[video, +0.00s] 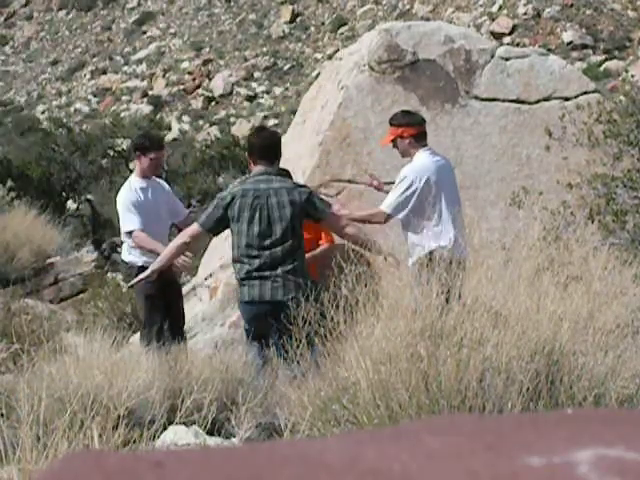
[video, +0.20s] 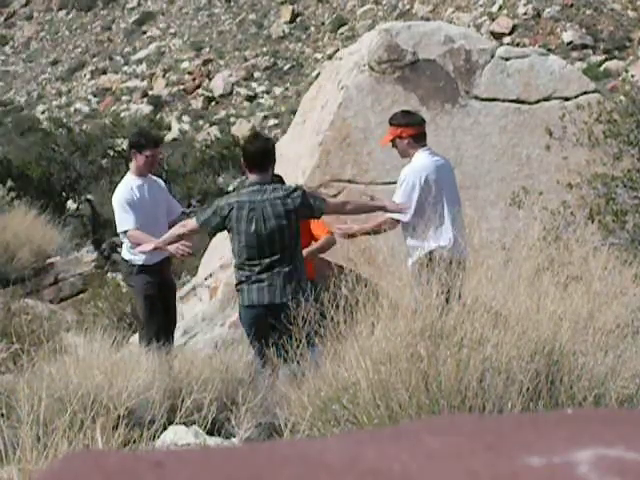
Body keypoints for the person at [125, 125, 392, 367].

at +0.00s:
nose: (253, 163)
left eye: (250, 158)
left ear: (249, 159)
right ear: (280, 156)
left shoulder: (234, 194)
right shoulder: (298, 192)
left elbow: (189, 236)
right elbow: (342, 228)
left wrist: (154, 269)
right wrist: (376, 248)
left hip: (252, 296)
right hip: (292, 292)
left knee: (260, 362)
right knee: (304, 361)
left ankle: (263, 418)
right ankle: (314, 417)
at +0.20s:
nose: (252, 168)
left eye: (246, 164)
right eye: (265, 162)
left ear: (244, 166)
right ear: (274, 162)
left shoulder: (230, 203)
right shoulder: (293, 196)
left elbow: (189, 228)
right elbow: (340, 207)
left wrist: (156, 244)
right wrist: (382, 206)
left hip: (252, 299)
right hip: (292, 294)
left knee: (265, 366)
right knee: (308, 360)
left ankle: (272, 420)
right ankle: (317, 416)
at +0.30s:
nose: (266, 156)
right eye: (268, 150)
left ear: (243, 157)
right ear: (272, 152)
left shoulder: (229, 192)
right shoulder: (289, 185)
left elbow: (195, 202)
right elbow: (337, 185)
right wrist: (375, 172)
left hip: (254, 287)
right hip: (292, 281)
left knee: (261, 357)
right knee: (308, 348)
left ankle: (268, 416)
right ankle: (317, 409)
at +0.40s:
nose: (268, 135)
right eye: (270, 129)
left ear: (244, 135)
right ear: (274, 132)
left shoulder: (230, 169)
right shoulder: (290, 162)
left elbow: (194, 171)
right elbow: (338, 154)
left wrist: (175, 155)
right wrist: (376, 133)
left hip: (253, 261)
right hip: (290, 254)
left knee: (263, 324)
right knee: (304, 317)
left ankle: (271, 387)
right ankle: (316, 375)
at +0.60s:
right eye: (278, 125)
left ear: (254, 130)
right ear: (282, 128)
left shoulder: (240, 164)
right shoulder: (296, 159)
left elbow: (197, 177)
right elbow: (343, 158)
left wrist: (179, 146)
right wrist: (356, 118)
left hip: (261, 258)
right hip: (297, 252)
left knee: (273, 326)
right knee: (306, 318)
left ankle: (288, 386)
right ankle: (319, 377)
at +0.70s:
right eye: (288, 153)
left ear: (260, 157)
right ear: (288, 155)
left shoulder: (244, 191)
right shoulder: (302, 184)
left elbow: (206, 216)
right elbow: (345, 201)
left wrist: (197, 184)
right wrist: (338, 165)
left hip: (269, 279)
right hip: (304, 273)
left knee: (279, 344)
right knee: (317, 337)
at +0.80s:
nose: (255, 187)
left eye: (259, 182)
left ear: (267, 179)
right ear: (295, 180)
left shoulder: (253, 220)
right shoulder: (311, 212)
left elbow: (223, 258)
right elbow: (336, 248)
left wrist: (215, 241)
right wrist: (330, 224)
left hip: (275, 302)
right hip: (309, 295)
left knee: (284, 361)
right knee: (320, 352)